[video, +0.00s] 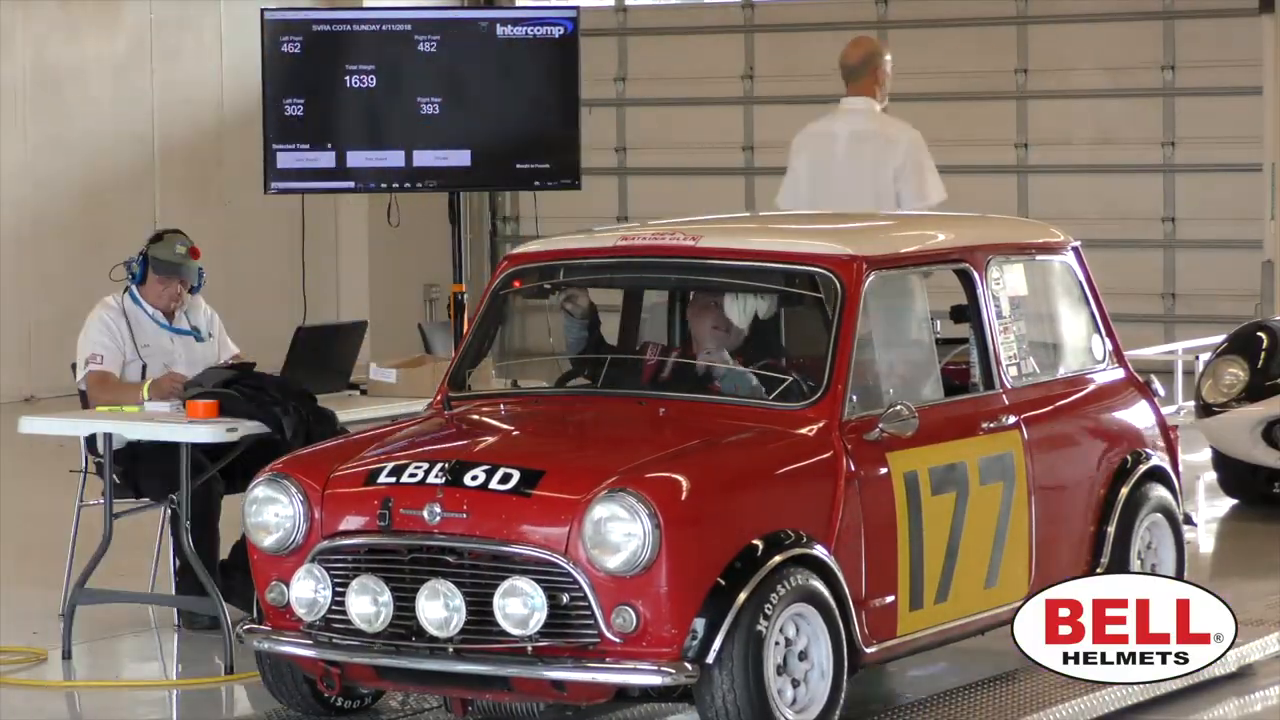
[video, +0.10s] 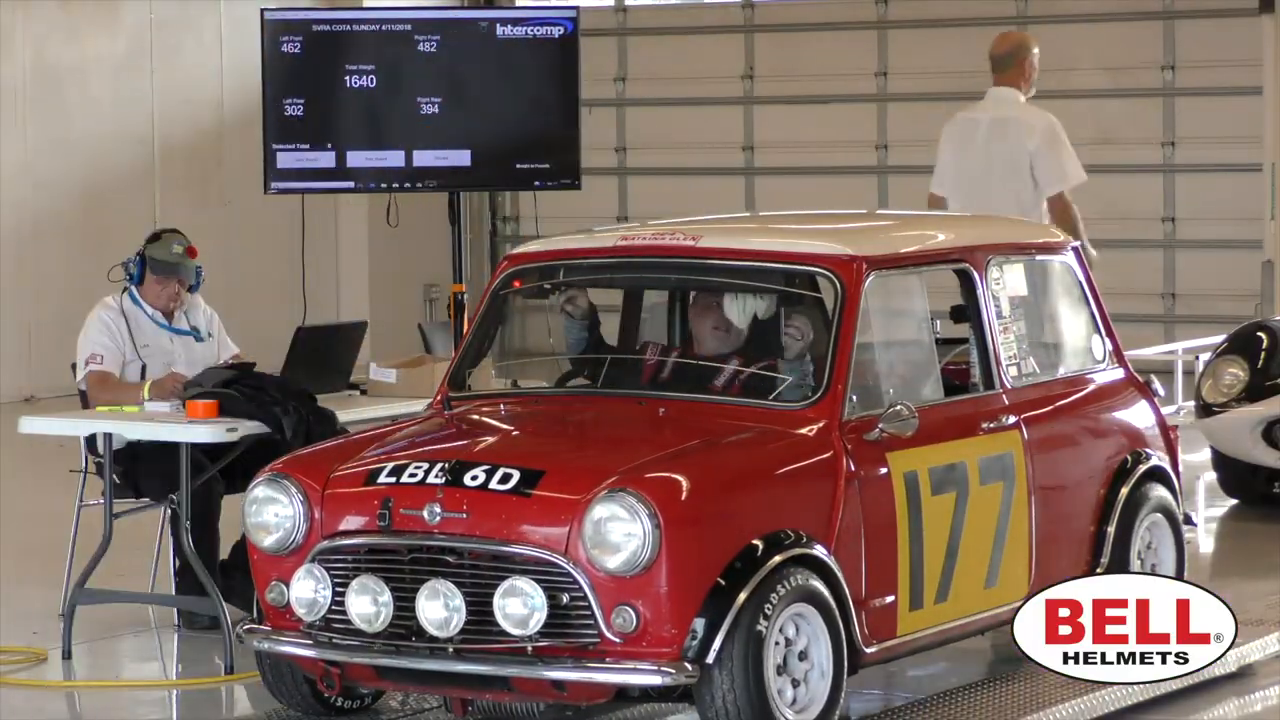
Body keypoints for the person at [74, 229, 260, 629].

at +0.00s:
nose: (175, 291)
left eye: (184, 283)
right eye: (165, 280)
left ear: (192, 282)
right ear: (141, 273)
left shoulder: (201, 312)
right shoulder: (110, 316)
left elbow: (235, 364)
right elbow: (98, 391)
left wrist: (249, 381)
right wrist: (149, 390)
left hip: (207, 444)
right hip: (140, 448)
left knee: (294, 467)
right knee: (201, 482)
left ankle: (240, 578)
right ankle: (197, 603)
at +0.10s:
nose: (174, 290)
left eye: (182, 282)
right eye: (163, 280)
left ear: (191, 280)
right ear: (139, 274)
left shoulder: (201, 313)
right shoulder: (109, 317)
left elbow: (235, 364)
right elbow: (98, 392)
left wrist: (253, 381)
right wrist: (150, 389)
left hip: (206, 444)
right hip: (139, 447)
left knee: (295, 467)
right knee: (201, 482)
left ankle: (241, 577)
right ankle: (197, 603)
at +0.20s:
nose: (187, 282)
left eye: (190, 273)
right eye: (178, 274)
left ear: (194, 272)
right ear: (145, 273)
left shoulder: (198, 309)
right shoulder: (110, 317)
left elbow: (235, 361)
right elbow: (98, 391)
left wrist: (240, 373)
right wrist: (151, 389)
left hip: (204, 443)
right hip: (138, 448)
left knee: (295, 468)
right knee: (201, 483)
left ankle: (240, 578)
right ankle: (196, 602)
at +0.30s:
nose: (187, 283)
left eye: (190, 274)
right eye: (178, 275)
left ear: (194, 273)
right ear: (145, 274)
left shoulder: (198, 309)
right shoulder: (110, 316)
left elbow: (235, 361)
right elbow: (98, 391)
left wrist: (240, 373)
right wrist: (151, 389)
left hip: (204, 443)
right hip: (138, 448)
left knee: (295, 468)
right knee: (201, 483)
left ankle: (240, 578)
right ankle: (196, 602)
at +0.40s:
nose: (182, 283)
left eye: (187, 274)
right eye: (172, 274)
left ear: (193, 273)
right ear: (142, 271)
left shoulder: (198, 310)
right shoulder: (110, 316)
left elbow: (235, 365)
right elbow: (98, 391)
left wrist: (241, 382)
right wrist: (151, 389)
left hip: (204, 442)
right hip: (138, 447)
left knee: (296, 469)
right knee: (201, 483)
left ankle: (240, 577)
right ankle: (197, 603)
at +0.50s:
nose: (176, 288)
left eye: (183, 279)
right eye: (164, 279)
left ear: (190, 277)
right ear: (139, 274)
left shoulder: (199, 311)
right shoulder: (109, 317)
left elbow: (236, 365)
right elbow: (98, 392)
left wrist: (254, 384)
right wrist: (152, 389)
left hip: (205, 443)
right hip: (138, 447)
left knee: (294, 467)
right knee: (201, 483)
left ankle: (241, 575)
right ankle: (196, 603)